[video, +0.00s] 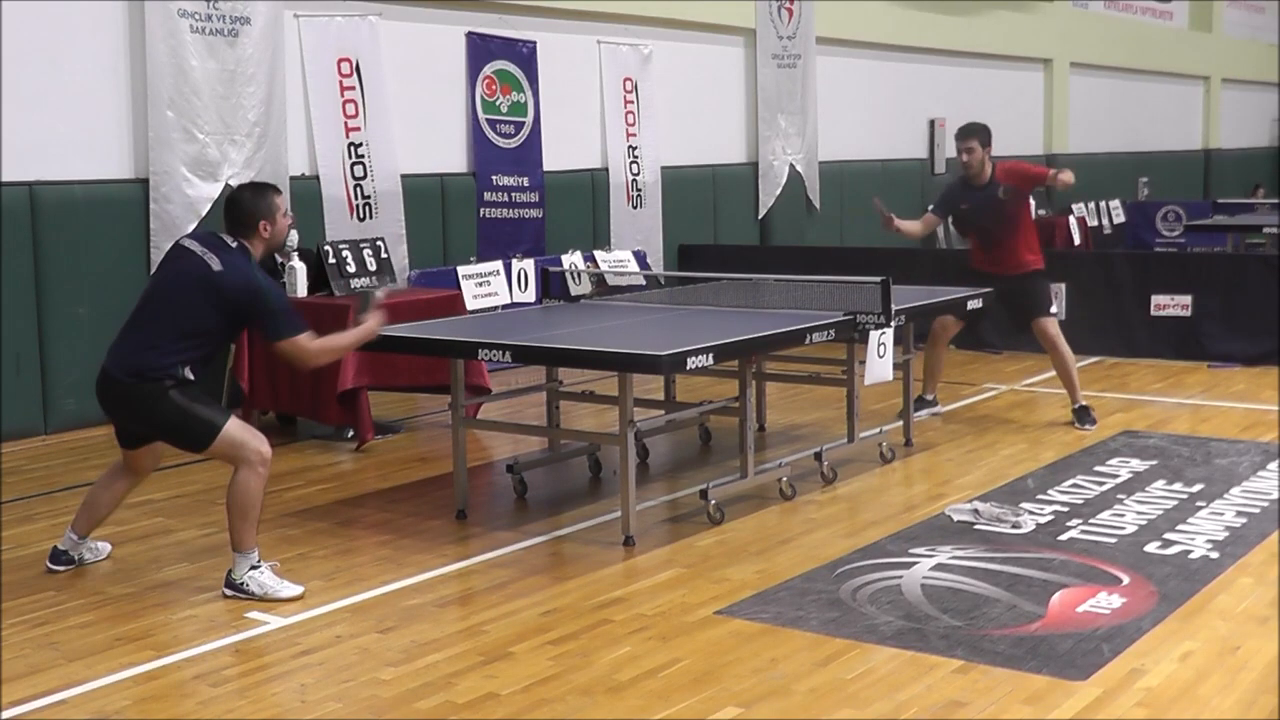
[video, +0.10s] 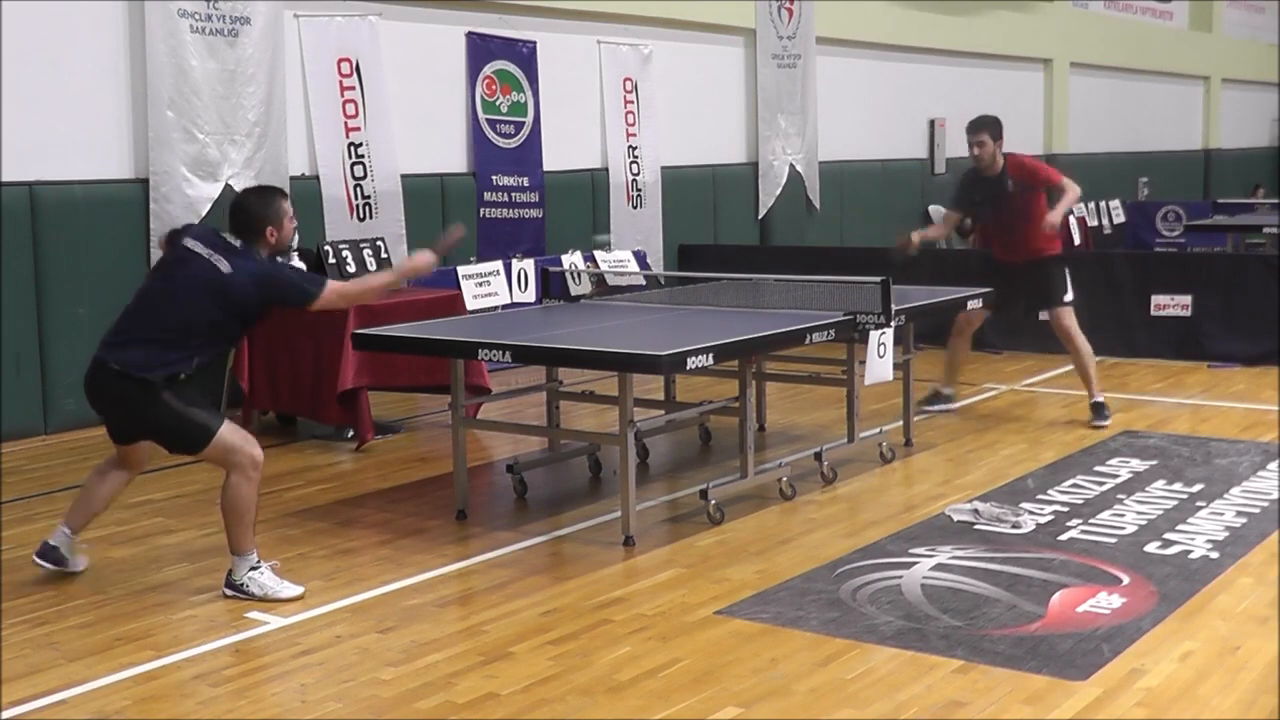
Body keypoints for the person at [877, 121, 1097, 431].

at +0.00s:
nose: (963, 158)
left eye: (969, 151)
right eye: (960, 152)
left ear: (987, 150)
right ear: (957, 153)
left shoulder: (1012, 173)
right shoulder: (955, 191)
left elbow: (1062, 177)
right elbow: (922, 228)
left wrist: (1062, 179)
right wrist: (897, 224)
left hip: (1025, 274)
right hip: (981, 276)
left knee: (1048, 331)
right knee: (940, 328)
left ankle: (1079, 404)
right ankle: (928, 398)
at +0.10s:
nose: (974, 151)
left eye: (980, 145)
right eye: (970, 145)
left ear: (998, 143)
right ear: (968, 146)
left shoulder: (1023, 167)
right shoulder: (970, 180)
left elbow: (1073, 189)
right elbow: (946, 226)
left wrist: (1057, 213)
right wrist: (919, 235)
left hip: (1044, 260)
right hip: (1001, 264)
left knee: (1064, 323)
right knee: (964, 322)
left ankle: (1096, 399)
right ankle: (946, 392)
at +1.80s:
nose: (988, 174)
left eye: (991, 167)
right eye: (987, 168)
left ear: (1006, 163)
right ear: (1002, 166)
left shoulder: (1033, 179)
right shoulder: (1005, 190)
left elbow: (1056, 189)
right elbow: (963, 187)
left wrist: (1039, 188)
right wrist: (958, 159)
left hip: (1051, 272)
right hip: (1048, 272)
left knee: (992, 309)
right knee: (1050, 341)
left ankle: (977, 369)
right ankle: (1112, 354)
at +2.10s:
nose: (956, 179)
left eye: (962, 174)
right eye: (954, 174)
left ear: (976, 175)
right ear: (951, 175)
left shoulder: (994, 201)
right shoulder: (957, 205)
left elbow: (1029, 229)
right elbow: (936, 229)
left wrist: (1013, 256)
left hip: (997, 275)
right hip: (966, 275)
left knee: (977, 306)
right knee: (934, 309)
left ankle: (983, 360)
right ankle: (941, 353)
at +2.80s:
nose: (1097, 200)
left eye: (1102, 194)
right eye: (1091, 194)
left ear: (1112, 195)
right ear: (1083, 195)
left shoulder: (1116, 210)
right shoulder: (1073, 221)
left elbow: (1123, 228)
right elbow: (1076, 273)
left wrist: (1136, 255)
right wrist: (1097, 305)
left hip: (1089, 265)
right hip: (1053, 265)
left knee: (1127, 307)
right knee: (1065, 303)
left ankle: (1121, 367)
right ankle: (1068, 373)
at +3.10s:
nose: (1129, 234)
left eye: (1135, 228)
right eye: (1123, 227)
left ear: (1143, 227)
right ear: (1113, 226)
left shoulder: (1142, 235)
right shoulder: (1101, 242)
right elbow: (1097, 285)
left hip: (1106, 280)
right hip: (1069, 280)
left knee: (1146, 321)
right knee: (1101, 309)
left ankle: (1117, 365)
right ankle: (1102, 381)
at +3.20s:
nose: (1118, 224)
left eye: (1123, 218)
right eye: (1112, 218)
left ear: (1134, 218)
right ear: (1105, 218)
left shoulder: (1141, 227)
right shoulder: (1094, 234)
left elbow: (1136, 256)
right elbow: (1083, 269)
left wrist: (1120, 272)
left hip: (1117, 276)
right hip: (1079, 275)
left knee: (1146, 326)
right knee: (1099, 309)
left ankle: (1113, 357)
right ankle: (1102, 380)